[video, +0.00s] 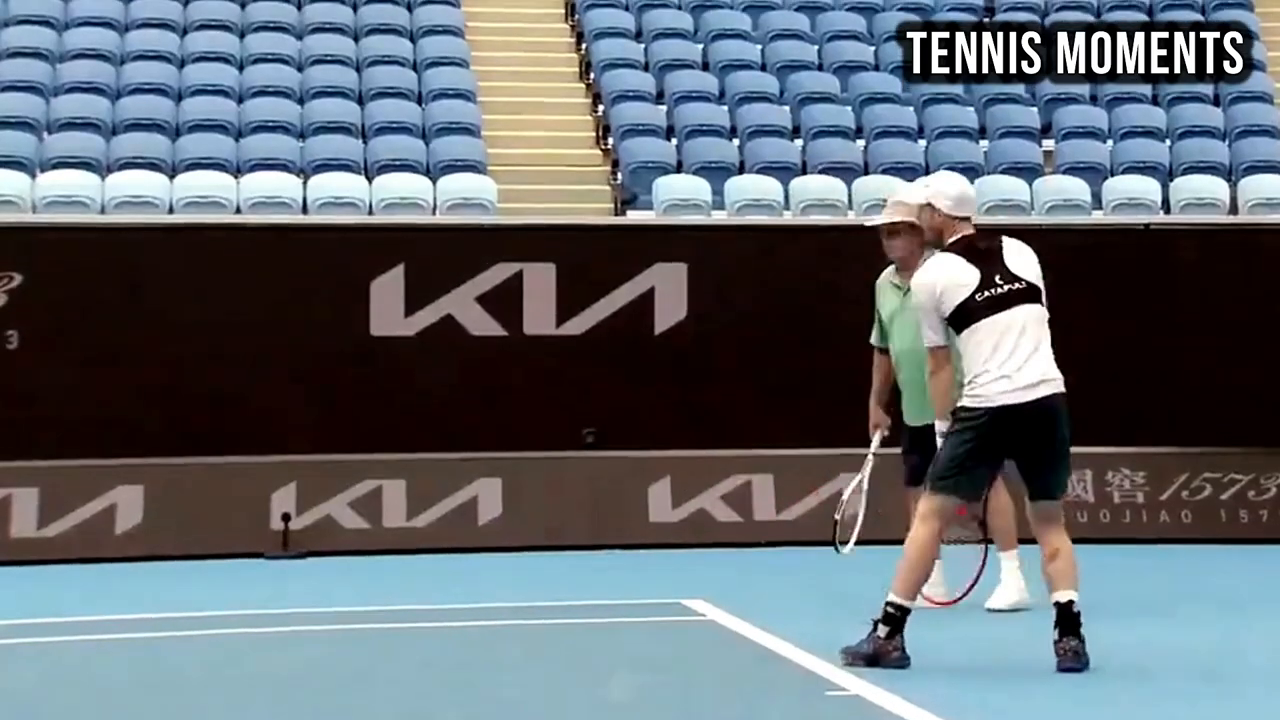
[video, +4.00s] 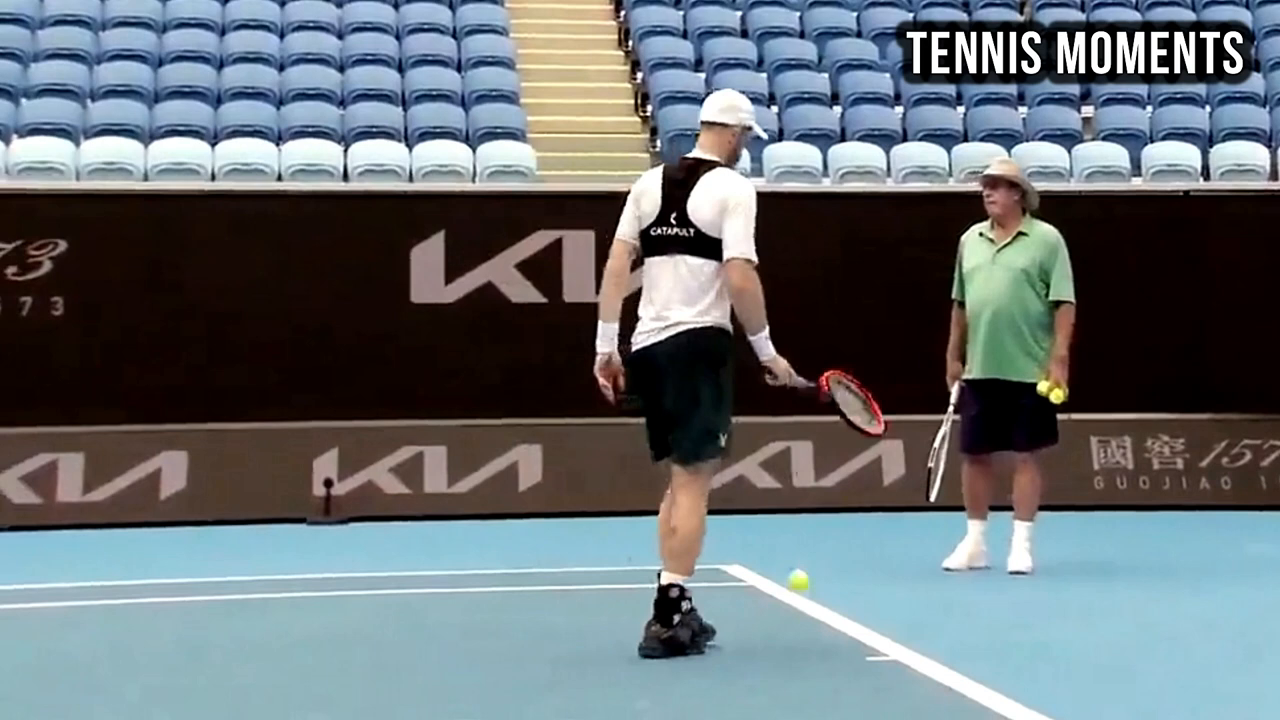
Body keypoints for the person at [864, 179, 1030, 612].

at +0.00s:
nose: (897, 241)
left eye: (906, 230)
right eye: (889, 234)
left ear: (932, 224)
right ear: (882, 239)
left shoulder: (941, 277)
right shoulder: (886, 285)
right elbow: (883, 350)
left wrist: (951, 428)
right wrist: (876, 402)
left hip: (968, 410)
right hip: (915, 416)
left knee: (991, 482)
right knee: (918, 497)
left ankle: (1011, 574)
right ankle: (934, 578)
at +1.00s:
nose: (946, 250)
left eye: (955, 243)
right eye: (943, 242)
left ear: (973, 250)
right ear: (934, 249)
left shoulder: (994, 291)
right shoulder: (921, 290)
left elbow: (1013, 359)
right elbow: (905, 358)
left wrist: (1007, 416)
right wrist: (900, 415)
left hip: (981, 426)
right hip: (928, 423)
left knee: (984, 510)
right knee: (932, 508)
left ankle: (983, 594)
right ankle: (931, 599)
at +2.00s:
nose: (934, 242)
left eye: (943, 236)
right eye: (933, 236)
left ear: (966, 243)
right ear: (931, 244)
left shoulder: (995, 291)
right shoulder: (919, 290)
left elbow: (1014, 357)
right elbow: (907, 355)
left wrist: (1011, 412)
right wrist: (901, 407)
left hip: (980, 421)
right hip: (928, 419)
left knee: (980, 505)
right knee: (931, 507)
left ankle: (981, 595)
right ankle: (937, 594)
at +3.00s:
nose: (913, 225)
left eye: (921, 218)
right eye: (912, 219)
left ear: (945, 223)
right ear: (916, 227)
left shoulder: (977, 267)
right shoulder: (906, 274)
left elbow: (995, 330)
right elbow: (898, 342)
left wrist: (992, 382)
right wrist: (893, 395)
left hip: (965, 396)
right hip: (917, 397)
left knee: (972, 481)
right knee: (928, 484)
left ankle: (983, 568)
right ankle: (939, 571)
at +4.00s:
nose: (990, 193)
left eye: (998, 187)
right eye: (986, 187)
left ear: (1018, 192)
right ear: (982, 194)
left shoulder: (1047, 239)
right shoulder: (972, 239)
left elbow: (1065, 305)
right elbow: (960, 306)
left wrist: (1059, 358)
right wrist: (953, 358)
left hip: (1029, 370)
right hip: (978, 368)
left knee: (1025, 455)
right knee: (974, 456)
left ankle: (1022, 543)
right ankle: (975, 540)